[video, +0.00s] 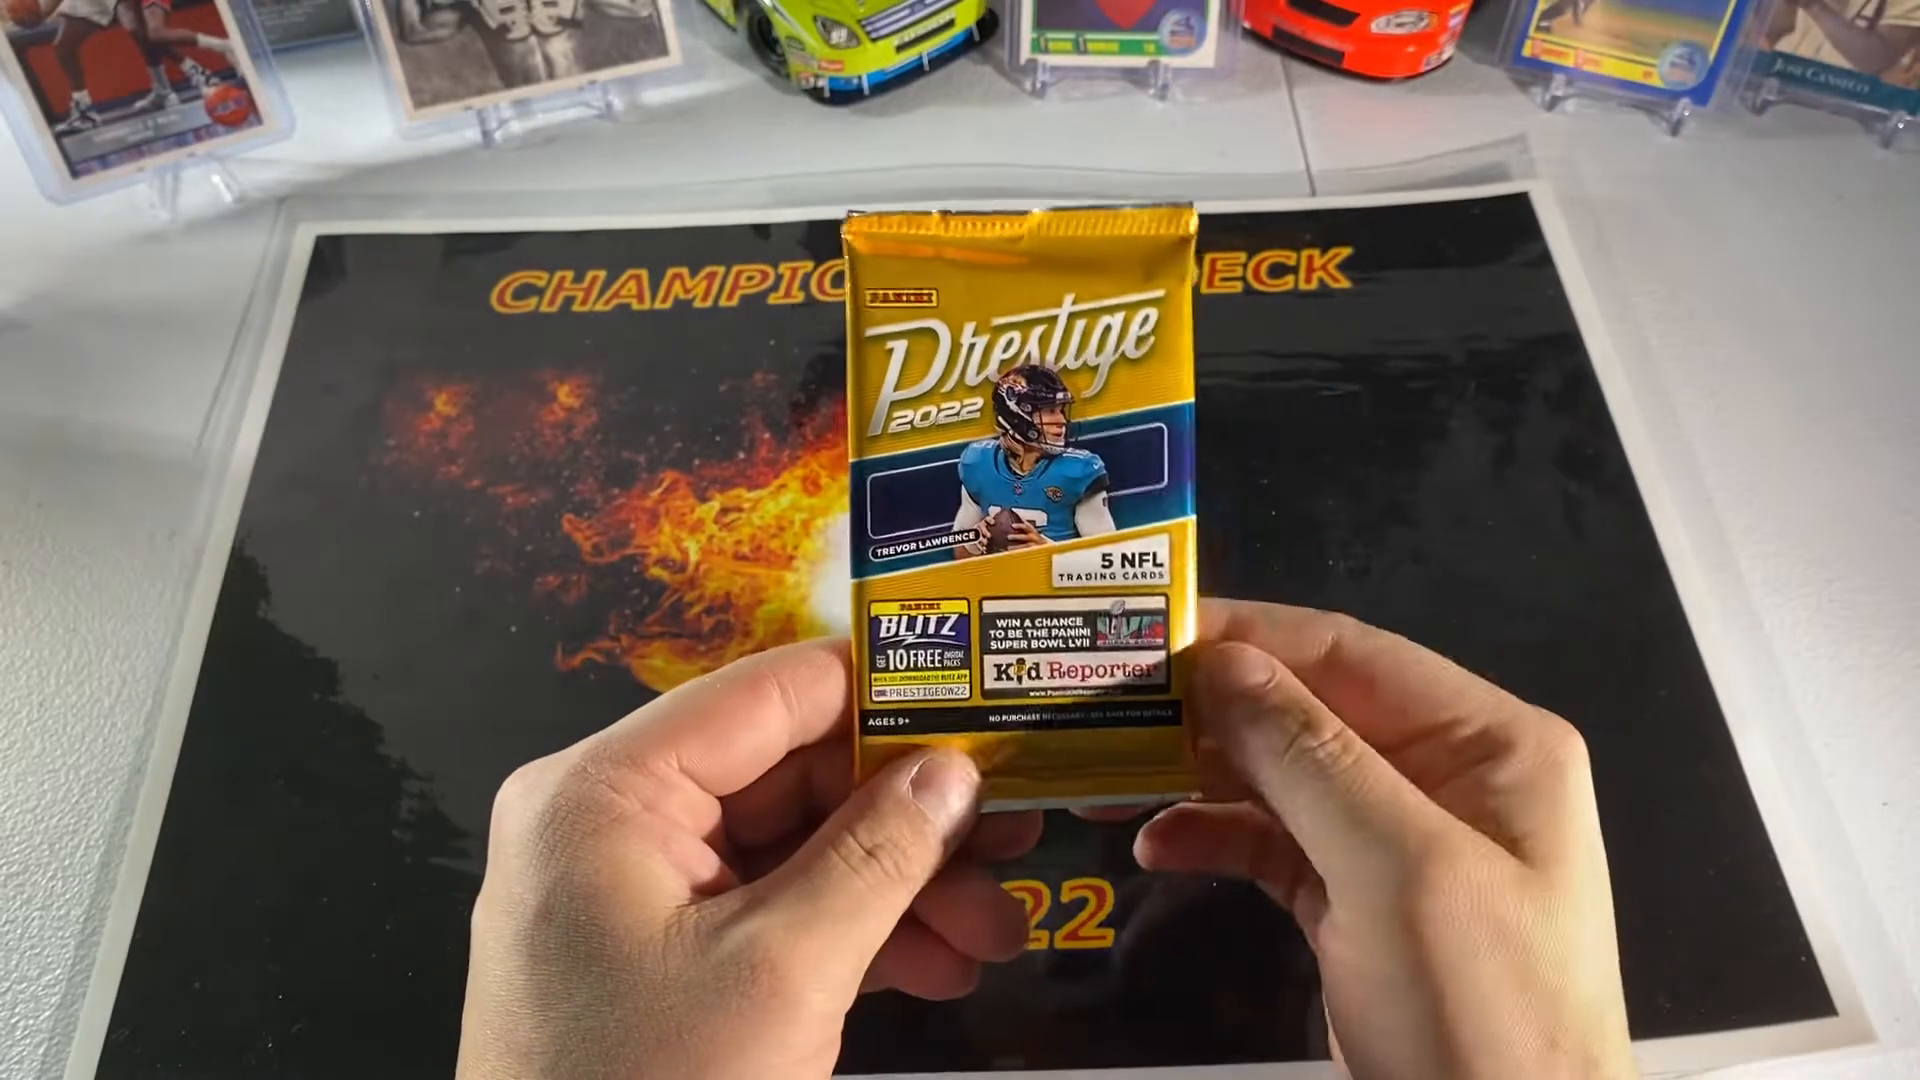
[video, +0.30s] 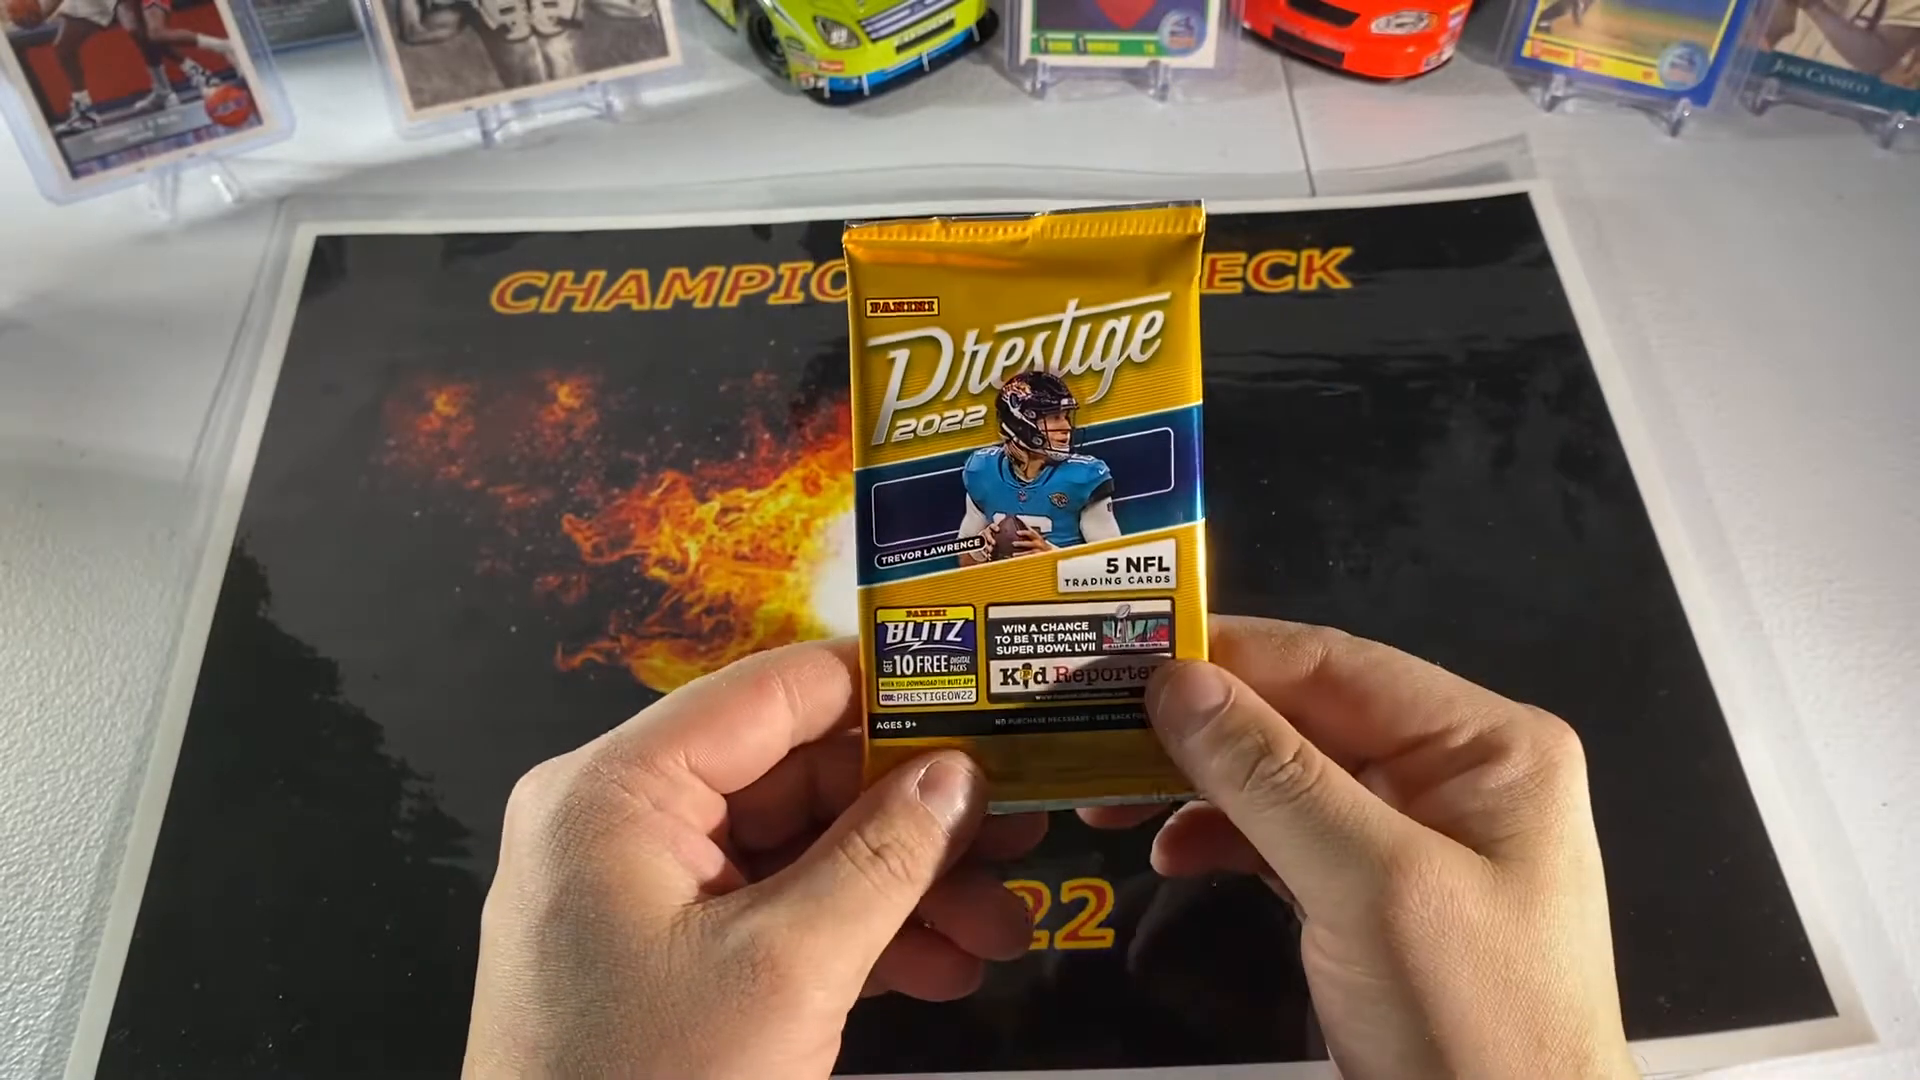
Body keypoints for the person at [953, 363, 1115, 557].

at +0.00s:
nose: (1060, 420)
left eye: (1061, 410)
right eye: (1048, 411)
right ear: (1016, 416)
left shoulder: (1080, 470)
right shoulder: (976, 462)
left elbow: (1107, 554)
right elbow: (960, 551)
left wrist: (1050, 547)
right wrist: (978, 541)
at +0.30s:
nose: (1065, 427)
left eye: (1065, 416)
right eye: (1051, 417)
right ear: (1019, 422)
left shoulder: (1085, 477)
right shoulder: (981, 470)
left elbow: (1113, 560)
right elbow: (965, 558)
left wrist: (1055, 554)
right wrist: (983, 549)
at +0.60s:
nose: (1079, 415)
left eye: (1079, 405)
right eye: (1065, 406)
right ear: (1034, 410)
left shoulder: (1098, 465)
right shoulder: (995, 458)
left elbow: (1125, 547)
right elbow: (978, 547)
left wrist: (1068, 541)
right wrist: (997, 536)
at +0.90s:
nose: (1071, 417)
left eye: (1071, 407)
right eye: (1058, 407)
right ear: (1027, 413)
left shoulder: (1091, 466)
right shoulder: (987, 459)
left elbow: (1119, 548)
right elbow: (972, 547)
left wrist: (1062, 543)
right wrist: (991, 537)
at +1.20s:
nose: (1069, 417)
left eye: (1068, 406)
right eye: (1055, 407)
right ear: (1024, 414)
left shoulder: (1090, 465)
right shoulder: (986, 460)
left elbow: (1120, 547)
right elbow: (973, 549)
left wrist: (1061, 542)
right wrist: (992, 537)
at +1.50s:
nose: (1078, 415)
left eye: (1078, 405)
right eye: (1064, 405)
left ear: (1084, 405)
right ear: (1032, 411)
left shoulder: (1097, 465)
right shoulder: (993, 458)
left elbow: (1126, 549)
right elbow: (977, 547)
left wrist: (1067, 542)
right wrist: (998, 537)